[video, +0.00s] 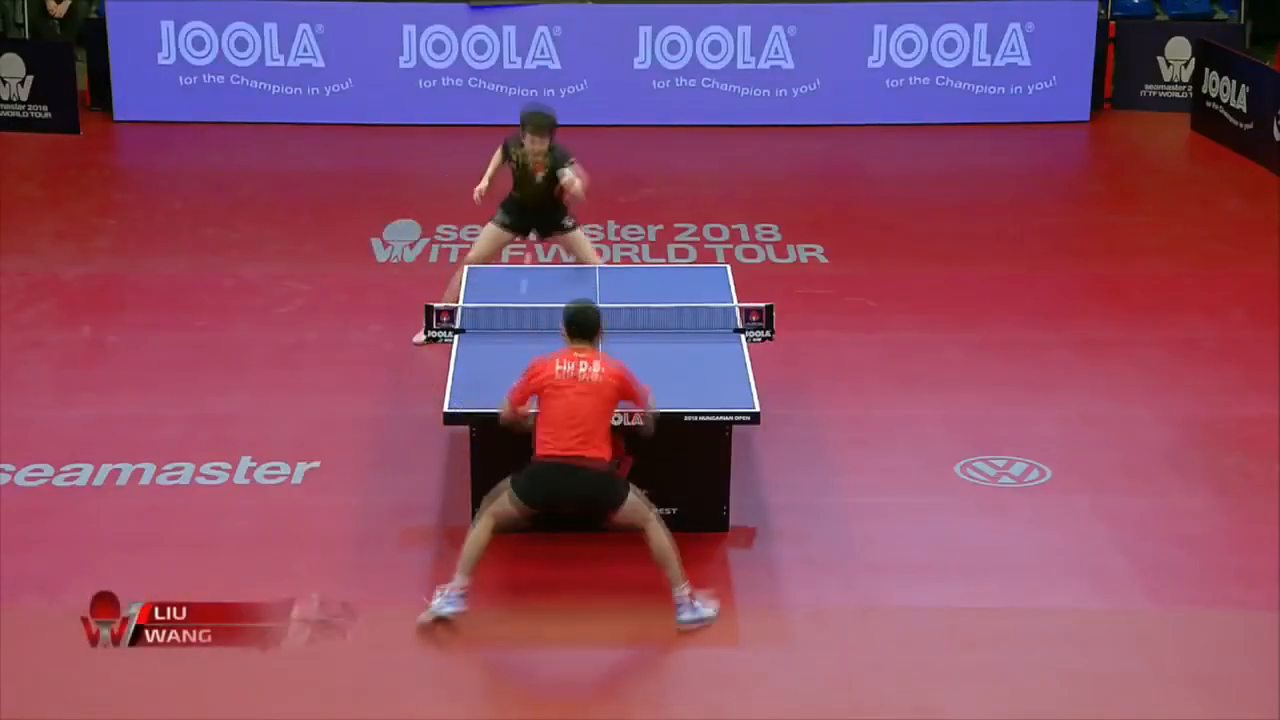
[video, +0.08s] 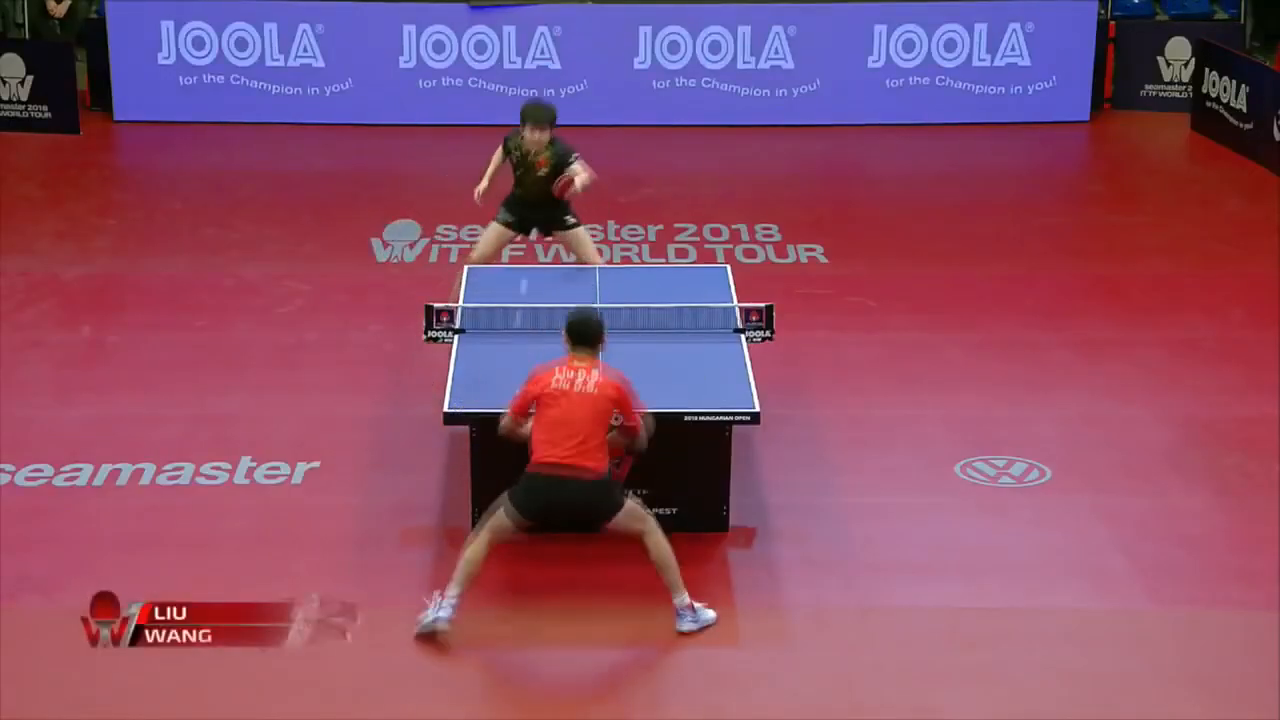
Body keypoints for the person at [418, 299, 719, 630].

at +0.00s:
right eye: (599, 330)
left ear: (564, 332)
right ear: (599, 332)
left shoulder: (543, 366)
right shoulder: (614, 370)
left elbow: (508, 415)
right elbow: (648, 410)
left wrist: (534, 422)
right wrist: (645, 429)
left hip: (544, 475)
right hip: (595, 478)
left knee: (488, 517)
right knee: (650, 522)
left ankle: (454, 593)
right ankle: (685, 601)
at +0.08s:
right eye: (601, 338)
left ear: (566, 340)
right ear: (602, 341)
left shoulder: (543, 376)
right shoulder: (615, 382)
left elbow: (509, 427)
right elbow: (638, 439)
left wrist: (543, 435)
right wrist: (602, 439)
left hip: (540, 487)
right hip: (591, 490)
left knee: (486, 535)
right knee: (648, 527)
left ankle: (445, 606)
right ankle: (685, 608)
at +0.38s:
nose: (468, 354)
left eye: (468, 349)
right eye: (480, 347)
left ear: (471, 353)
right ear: (503, 348)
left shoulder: (466, 398)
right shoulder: (529, 378)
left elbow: (428, 451)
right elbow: (565, 367)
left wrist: (391, 479)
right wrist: (575, 347)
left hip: (488, 505)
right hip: (536, 501)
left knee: (416, 529)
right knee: (593, 539)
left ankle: (370, 612)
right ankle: (638, 614)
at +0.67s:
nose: (519, 354)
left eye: (505, 350)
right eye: (526, 350)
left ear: (493, 354)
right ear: (529, 355)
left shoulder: (471, 399)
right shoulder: (549, 396)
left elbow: (447, 452)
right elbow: (591, 411)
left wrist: (476, 440)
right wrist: (582, 385)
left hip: (483, 513)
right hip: (537, 514)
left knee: (422, 551)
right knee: (605, 549)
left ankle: (377, 633)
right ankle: (650, 632)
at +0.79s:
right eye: (557, 368)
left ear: (521, 369)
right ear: (556, 371)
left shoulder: (498, 411)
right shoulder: (573, 411)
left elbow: (475, 462)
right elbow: (611, 450)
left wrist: (507, 450)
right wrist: (581, 440)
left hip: (503, 528)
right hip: (556, 530)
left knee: (444, 541)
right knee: (621, 570)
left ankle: (422, 631)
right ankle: (670, 650)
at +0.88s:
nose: (543, 383)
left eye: (541, 379)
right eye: (572, 380)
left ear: (538, 383)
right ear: (575, 386)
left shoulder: (517, 426)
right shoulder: (590, 426)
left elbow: (473, 460)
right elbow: (615, 470)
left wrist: (477, 427)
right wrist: (606, 438)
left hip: (525, 544)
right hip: (581, 544)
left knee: (473, 557)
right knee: (646, 560)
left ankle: (435, 644)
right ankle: (677, 650)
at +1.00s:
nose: (529, 376)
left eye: (530, 371)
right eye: (561, 375)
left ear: (532, 375)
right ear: (567, 376)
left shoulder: (522, 415)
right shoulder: (583, 411)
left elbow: (476, 460)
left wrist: (437, 439)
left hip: (530, 532)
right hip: (578, 534)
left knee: (462, 556)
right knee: (635, 566)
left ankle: (429, 644)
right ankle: (678, 649)